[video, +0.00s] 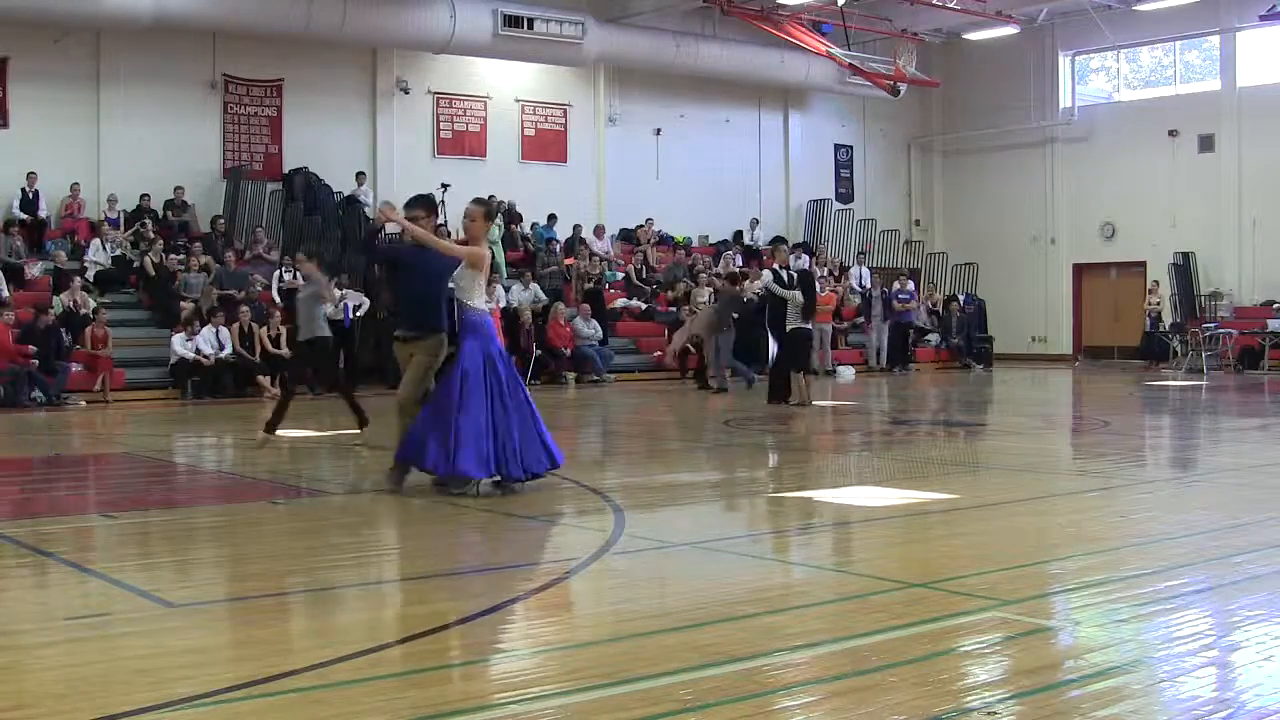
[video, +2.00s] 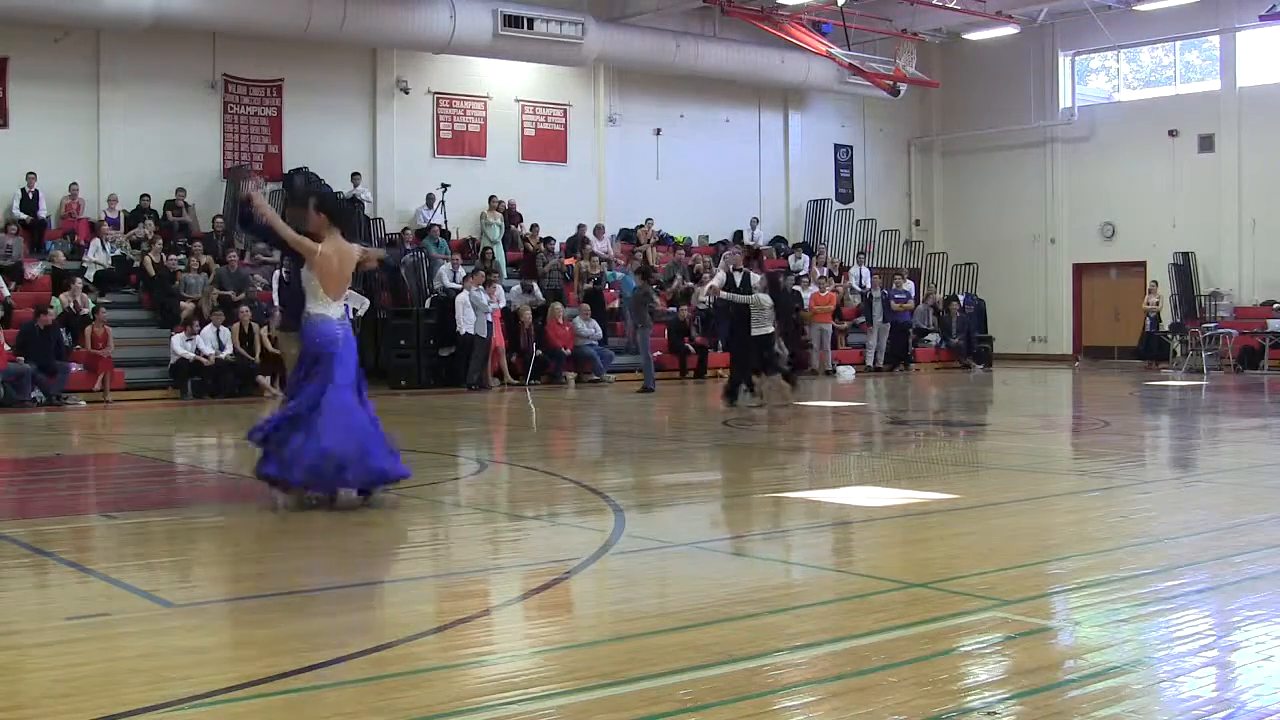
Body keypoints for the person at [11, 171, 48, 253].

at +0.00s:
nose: (33, 181)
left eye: (35, 179)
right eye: (31, 178)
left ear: (36, 180)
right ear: (27, 180)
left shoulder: (39, 193)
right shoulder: (20, 192)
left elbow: (43, 208)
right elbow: (14, 210)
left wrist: (41, 216)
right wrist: (25, 217)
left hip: (36, 218)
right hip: (25, 218)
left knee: (43, 223)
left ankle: (40, 248)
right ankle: (30, 249)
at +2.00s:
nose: (31, 181)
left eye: (33, 179)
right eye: (29, 179)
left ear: (36, 180)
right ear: (26, 180)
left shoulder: (39, 193)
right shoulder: (20, 192)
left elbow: (42, 209)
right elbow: (15, 210)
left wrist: (41, 216)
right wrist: (25, 217)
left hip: (36, 217)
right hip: (24, 217)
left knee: (42, 223)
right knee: (34, 225)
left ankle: (40, 248)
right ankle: (33, 248)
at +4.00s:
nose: (33, 182)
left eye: (35, 180)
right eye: (32, 180)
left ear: (36, 181)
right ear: (27, 180)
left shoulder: (38, 193)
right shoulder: (19, 192)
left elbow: (42, 209)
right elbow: (15, 209)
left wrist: (39, 216)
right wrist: (25, 217)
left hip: (36, 217)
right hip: (24, 218)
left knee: (42, 223)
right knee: (33, 225)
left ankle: (40, 249)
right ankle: (32, 249)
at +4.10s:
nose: (34, 182)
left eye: (35, 180)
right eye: (32, 180)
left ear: (36, 181)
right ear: (27, 179)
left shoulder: (39, 193)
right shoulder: (19, 192)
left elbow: (42, 209)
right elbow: (15, 209)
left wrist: (39, 216)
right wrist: (25, 217)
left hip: (36, 217)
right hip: (24, 218)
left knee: (42, 223)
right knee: (34, 225)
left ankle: (40, 249)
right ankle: (32, 249)